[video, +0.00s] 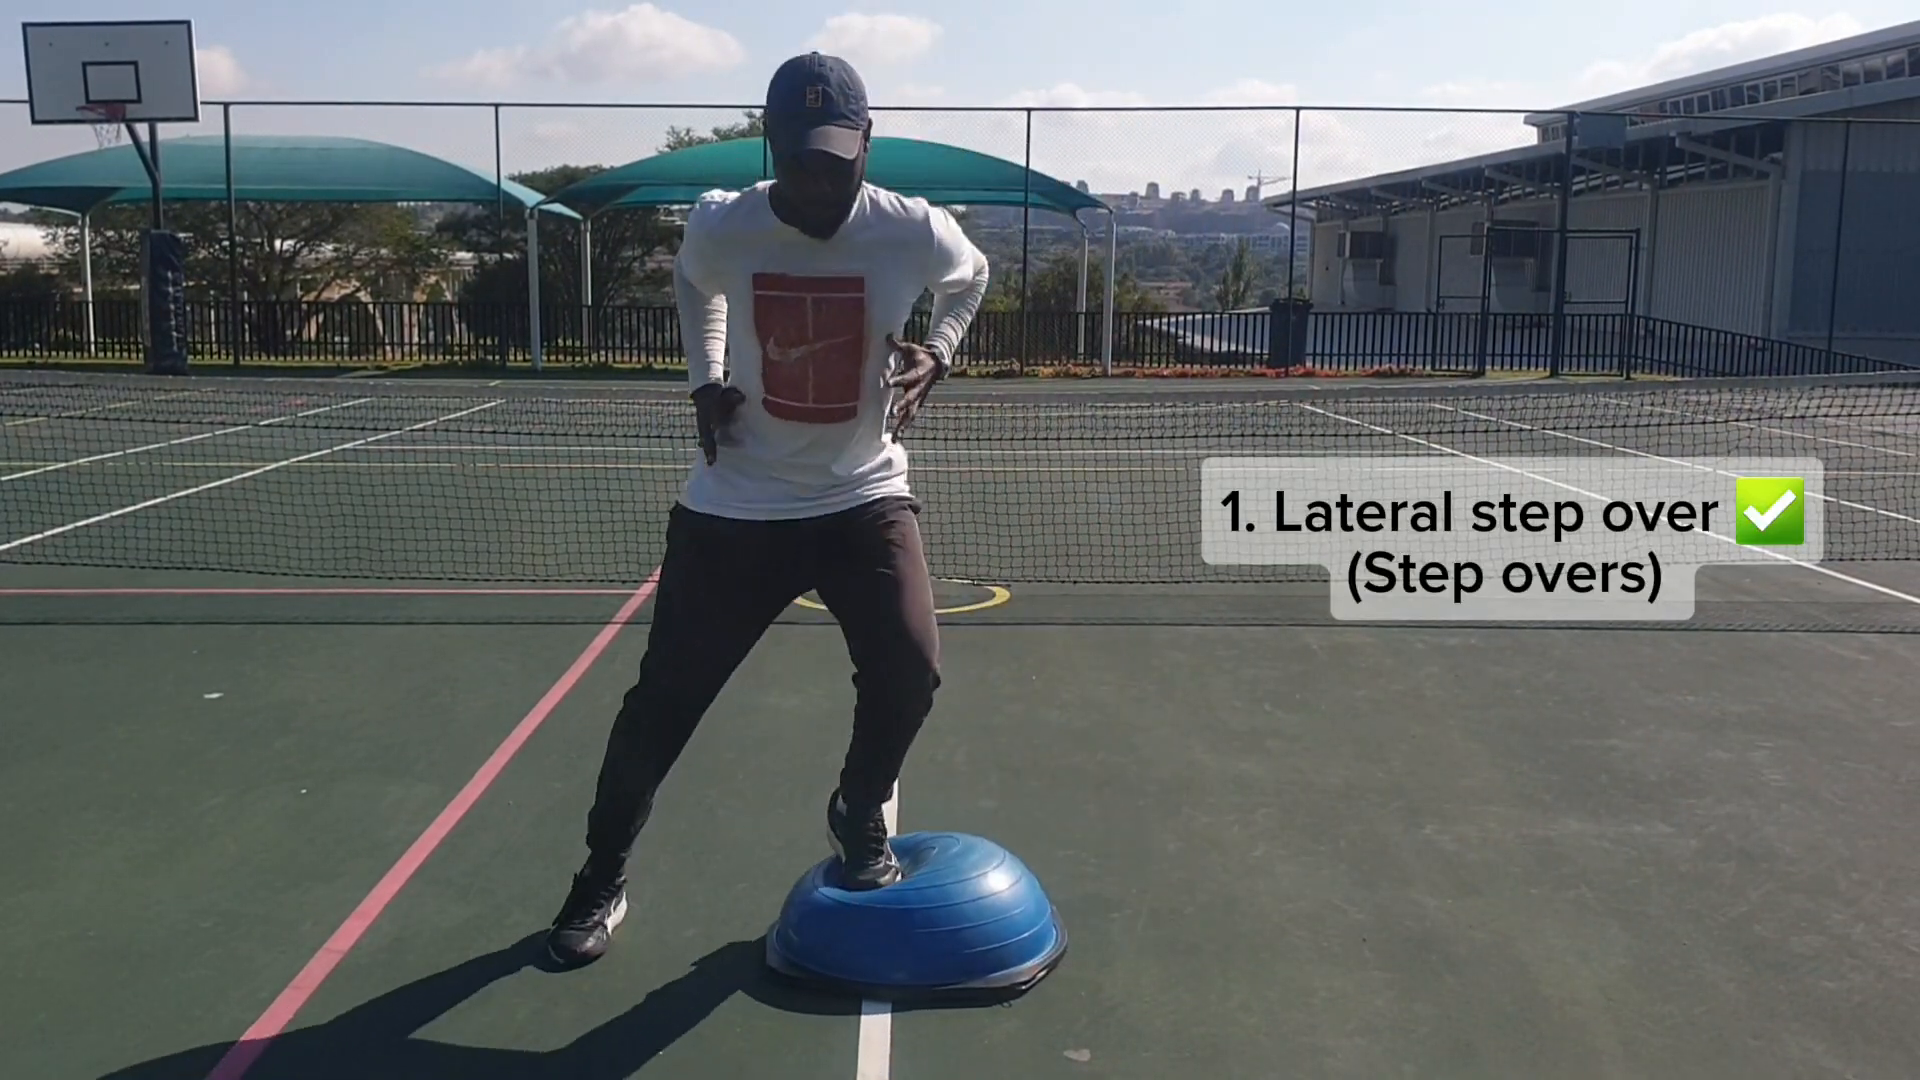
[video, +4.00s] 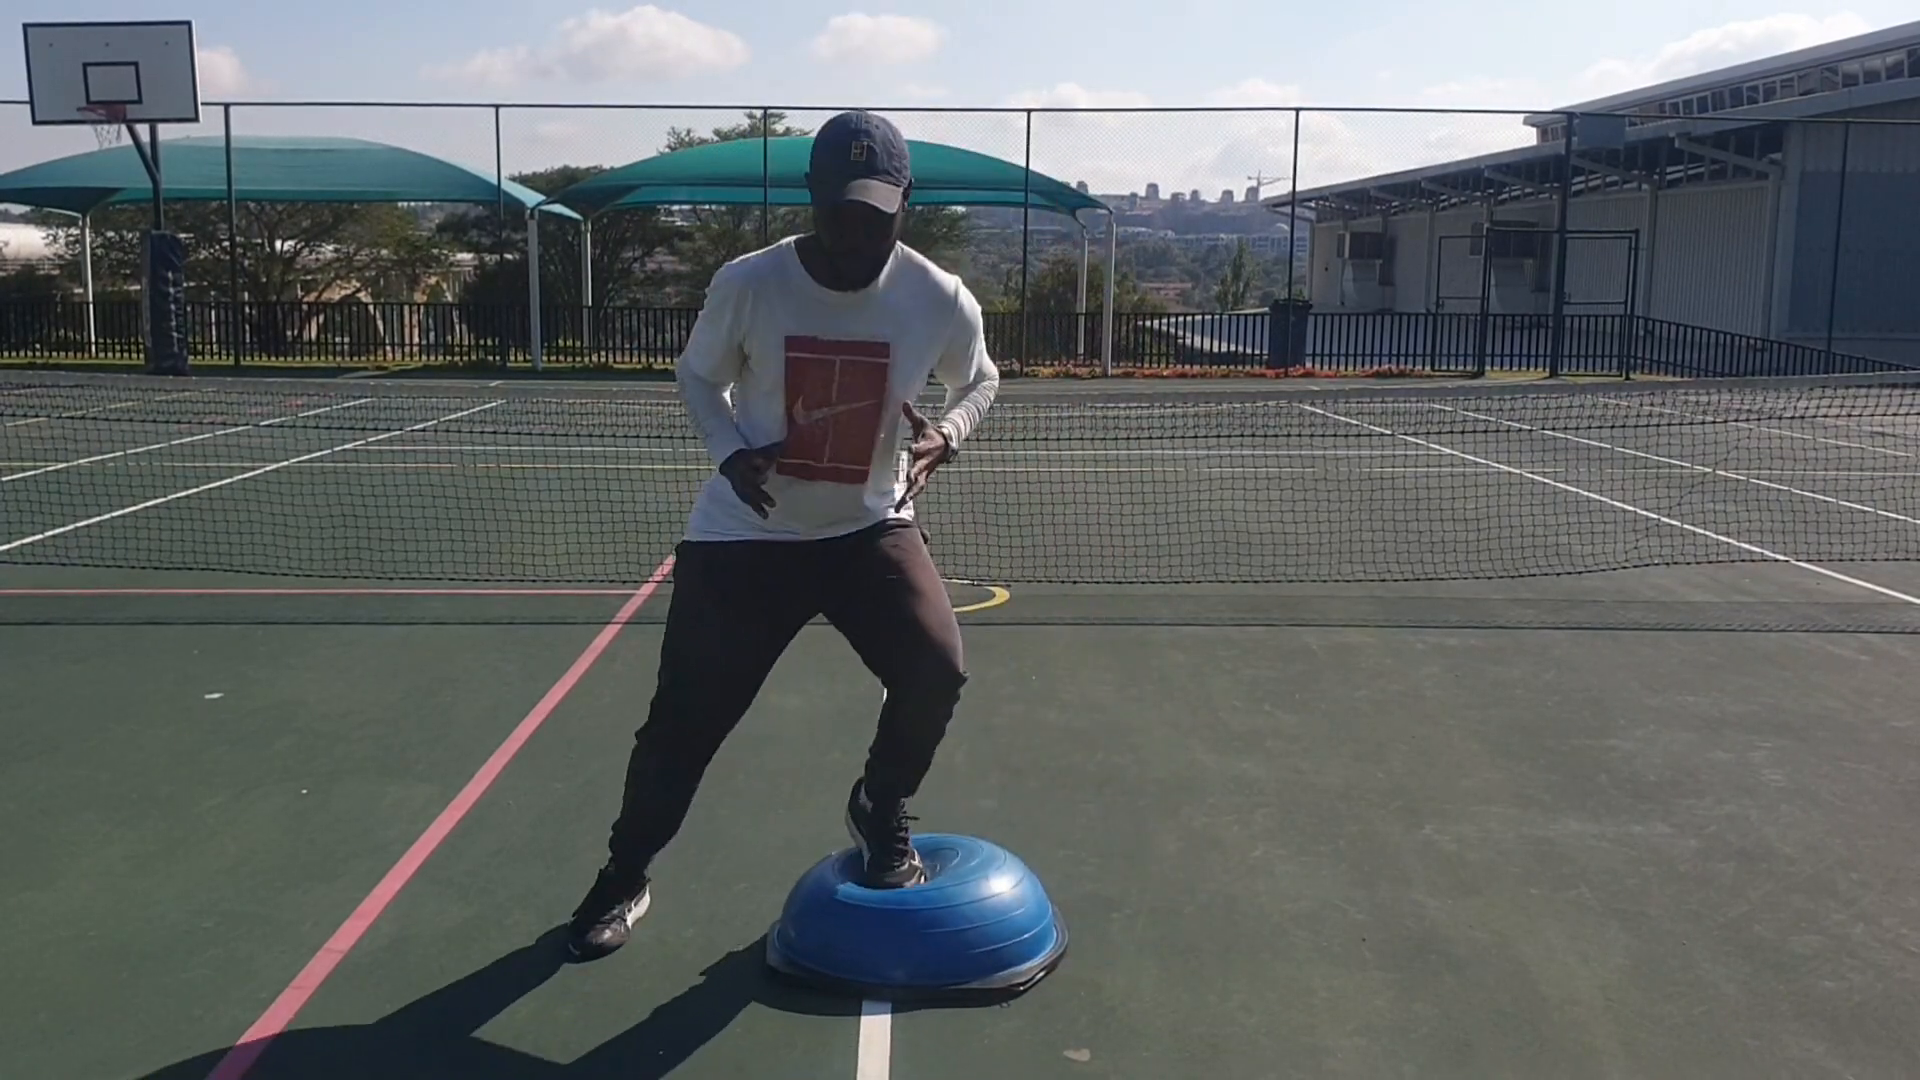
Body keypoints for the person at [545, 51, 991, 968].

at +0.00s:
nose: (826, 176)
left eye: (842, 157)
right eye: (806, 158)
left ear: (867, 146)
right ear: (771, 149)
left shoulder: (915, 232)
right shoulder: (718, 233)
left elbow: (969, 275)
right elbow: (700, 285)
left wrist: (936, 348)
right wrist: (710, 376)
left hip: (864, 495)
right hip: (738, 502)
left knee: (911, 671)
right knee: (664, 699)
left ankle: (862, 809)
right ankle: (601, 878)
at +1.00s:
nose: (944, 96)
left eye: (961, 80)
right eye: (928, 76)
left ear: (987, 69)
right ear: (897, 59)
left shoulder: (1030, 150)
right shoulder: (842, 143)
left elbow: (1106, 208)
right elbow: (803, 180)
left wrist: (1063, 262)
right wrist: (804, 281)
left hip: (995, 399)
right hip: (874, 408)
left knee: (1053, 591)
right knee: (870, 615)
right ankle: (911, 769)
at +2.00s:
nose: (974, 243)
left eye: (991, 223)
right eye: (957, 224)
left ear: (1017, 209)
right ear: (927, 214)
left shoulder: (1076, 294)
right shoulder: (883, 302)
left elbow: (1145, 384)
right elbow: (862, 374)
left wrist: (1109, 435)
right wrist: (892, 433)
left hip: (1070, 531)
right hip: (947, 526)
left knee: (1141, 713)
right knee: (898, 681)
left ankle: (1187, 868)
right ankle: (936, 807)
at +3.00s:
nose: (902, 63)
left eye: (920, 41)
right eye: (884, 40)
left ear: (951, 32)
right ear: (859, 34)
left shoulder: (1005, 116)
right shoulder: (804, 123)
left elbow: (1060, 185)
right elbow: (717, 196)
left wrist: (1039, 232)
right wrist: (762, 250)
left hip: (967, 382)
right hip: (844, 382)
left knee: (983, 589)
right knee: (833, 587)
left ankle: (914, 764)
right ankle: (845, 753)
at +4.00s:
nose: (860, 232)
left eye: (878, 215)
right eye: (845, 212)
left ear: (902, 209)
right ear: (813, 201)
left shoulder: (940, 301)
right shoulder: (745, 287)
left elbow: (977, 383)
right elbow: (697, 378)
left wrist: (947, 429)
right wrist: (732, 451)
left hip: (870, 533)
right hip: (748, 536)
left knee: (936, 670)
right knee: (685, 716)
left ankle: (881, 806)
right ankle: (622, 879)